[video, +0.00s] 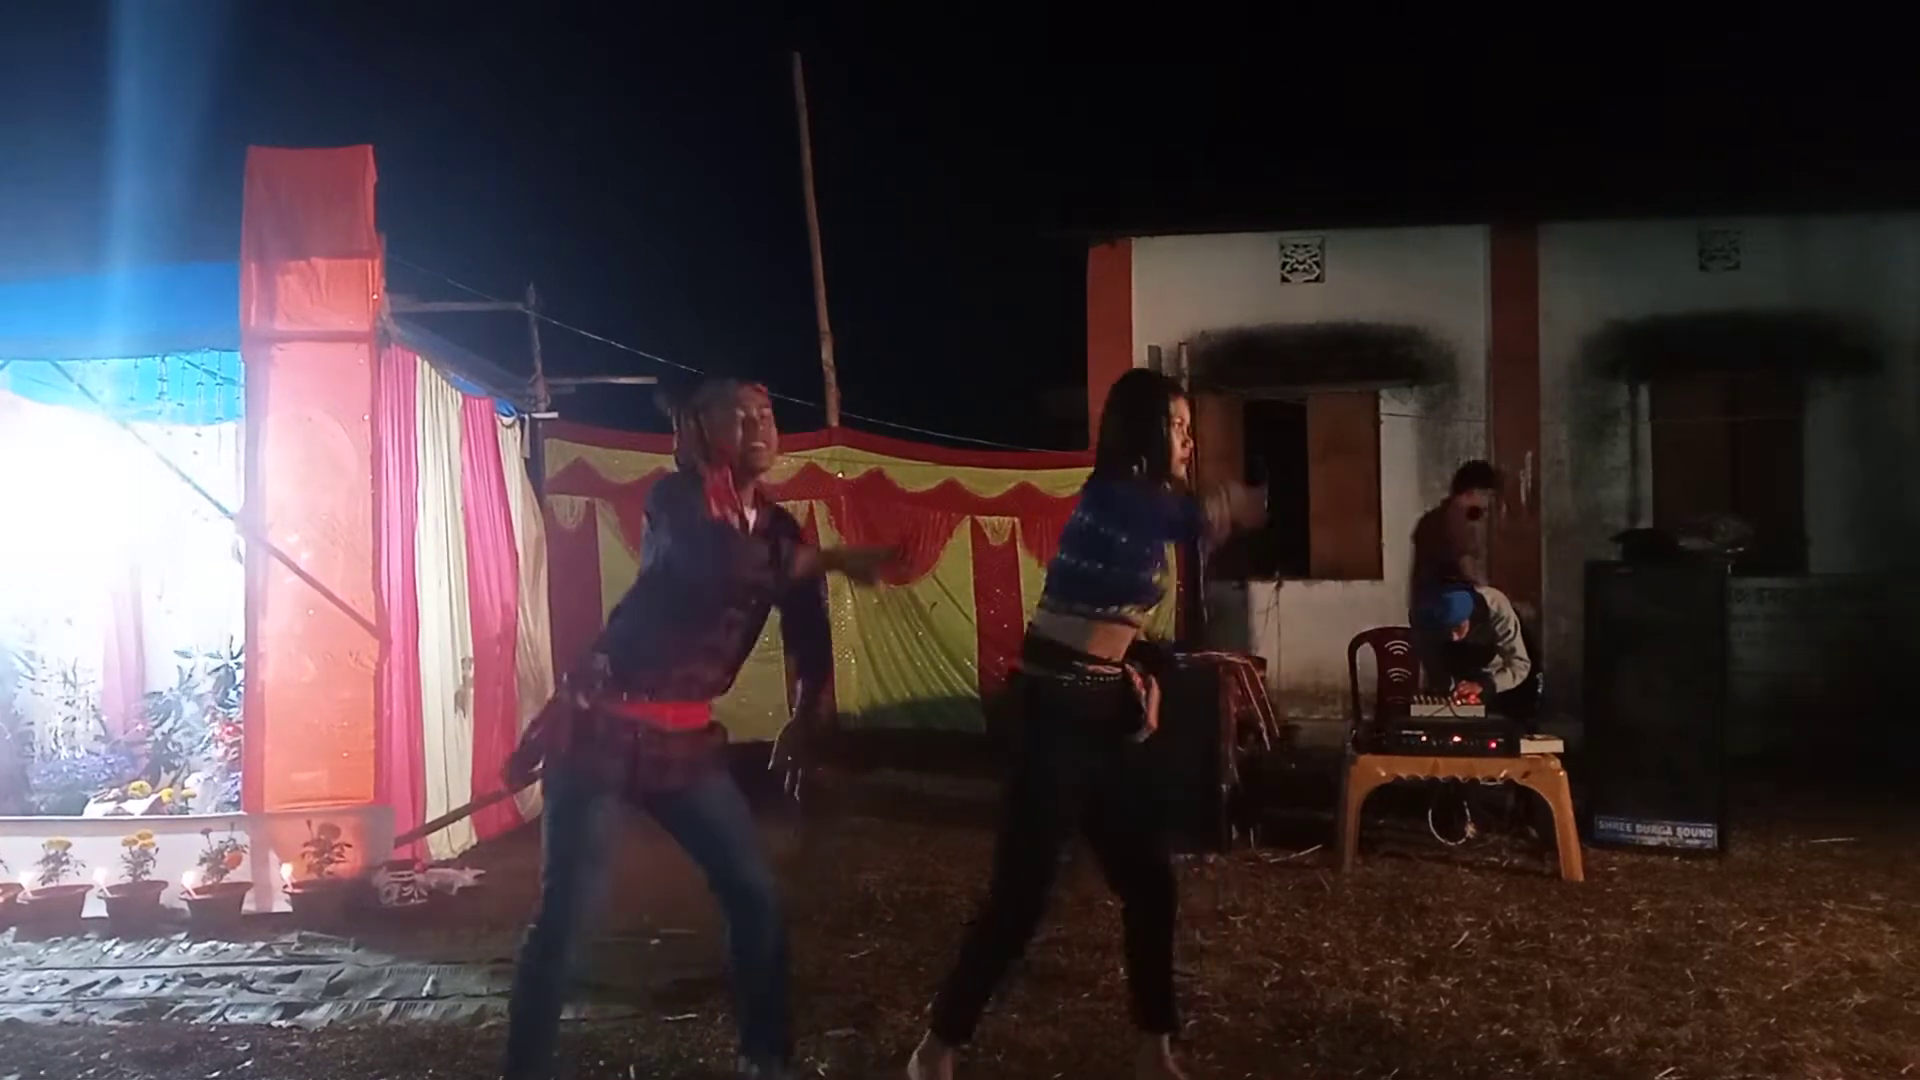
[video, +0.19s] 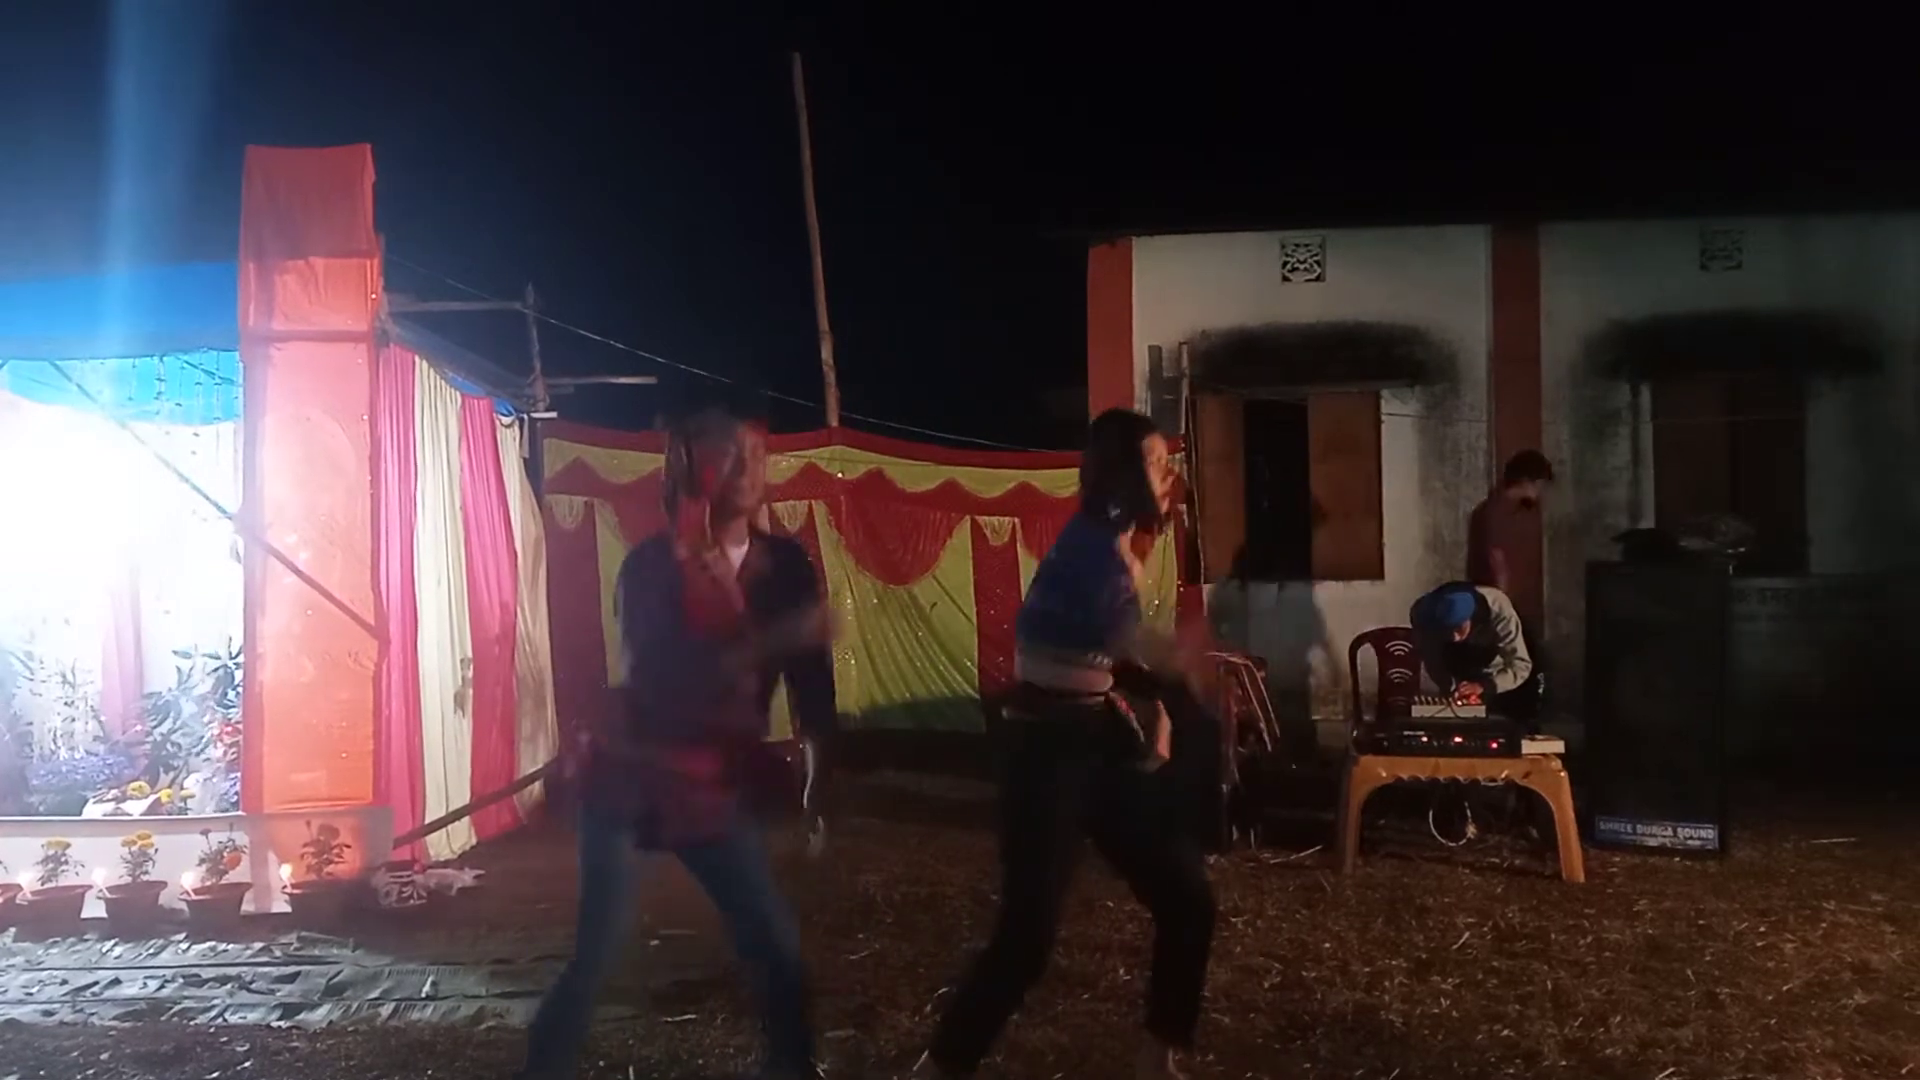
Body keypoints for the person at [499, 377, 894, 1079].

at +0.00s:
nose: (762, 429)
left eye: (767, 415)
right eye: (741, 416)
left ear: (778, 433)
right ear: (695, 432)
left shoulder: (781, 531)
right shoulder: (675, 496)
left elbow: (808, 642)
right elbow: (704, 564)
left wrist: (809, 735)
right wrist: (836, 560)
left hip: (684, 739)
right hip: (597, 732)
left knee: (756, 899)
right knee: (569, 915)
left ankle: (766, 1063)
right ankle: (528, 1067)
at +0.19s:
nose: (748, 472)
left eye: (755, 457)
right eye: (731, 458)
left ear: (765, 470)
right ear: (692, 472)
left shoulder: (784, 564)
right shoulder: (652, 565)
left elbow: (811, 685)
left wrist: (819, 784)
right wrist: (780, 638)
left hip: (713, 787)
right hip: (628, 780)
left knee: (777, 946)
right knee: (602, 951)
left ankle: (792, 1066)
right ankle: (542, 1067)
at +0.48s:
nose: (759, 414)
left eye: (772, 405)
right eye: (745, 398)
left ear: (780, 417)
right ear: (708, 400)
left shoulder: (804, 487)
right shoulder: (662, 491)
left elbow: (842, 600)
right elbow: (620, 609)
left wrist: (788, 681)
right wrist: (602, 533)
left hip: (796, 701)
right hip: (701, 706)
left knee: (829, 864)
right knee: (686, 879)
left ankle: (871, 1024)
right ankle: (688, 1042)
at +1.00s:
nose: (779, 455)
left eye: (790, 443)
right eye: (766, 440)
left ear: (798, 446)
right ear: (729, 437)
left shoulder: (822, 516)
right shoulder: (680, 520)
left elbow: (882, 604)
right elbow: (610, 601)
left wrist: (875, 688)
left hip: (838, 729)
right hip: (749, 741)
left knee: (896, 884)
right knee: (720, 908)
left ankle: (949, 1028)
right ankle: (703, 1059)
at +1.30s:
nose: (773, 429)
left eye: (782, 416)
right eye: (760, 411)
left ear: (787, 427)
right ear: (720, 415)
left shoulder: (803, 512)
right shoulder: (661, 500)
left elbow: (836, 604)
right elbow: (618, 592)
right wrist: (688, 586)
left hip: (771, 733)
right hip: (678, 736)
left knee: (819, 882)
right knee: (673, 897)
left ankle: (852, 1029)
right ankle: (670, 1049)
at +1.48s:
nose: (717, 436)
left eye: (741, 424)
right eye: (713, 423)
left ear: (771, 439)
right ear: (703, 428)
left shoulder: (790, 520)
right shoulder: (671, 500)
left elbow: (855, 613)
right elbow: (662, 586)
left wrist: (803, 546)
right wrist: (742, 549)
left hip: (738, 740)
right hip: (655, 737)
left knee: (765, 903)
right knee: (630, 903)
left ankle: (766, 1059)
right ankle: (569, 1058)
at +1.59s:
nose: (770, 462)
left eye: (772, 451)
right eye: (753, 448)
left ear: (771, 466)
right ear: (707, 455)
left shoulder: (777, 560)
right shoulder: (684, 531)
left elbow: (828, 655)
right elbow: (693, 622)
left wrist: (817, 678)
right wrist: (791, 662)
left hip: (706, 770)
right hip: (627, 763)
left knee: (762, 912)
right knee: (594, 933)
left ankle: (767, 1064)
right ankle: (537, 1067)